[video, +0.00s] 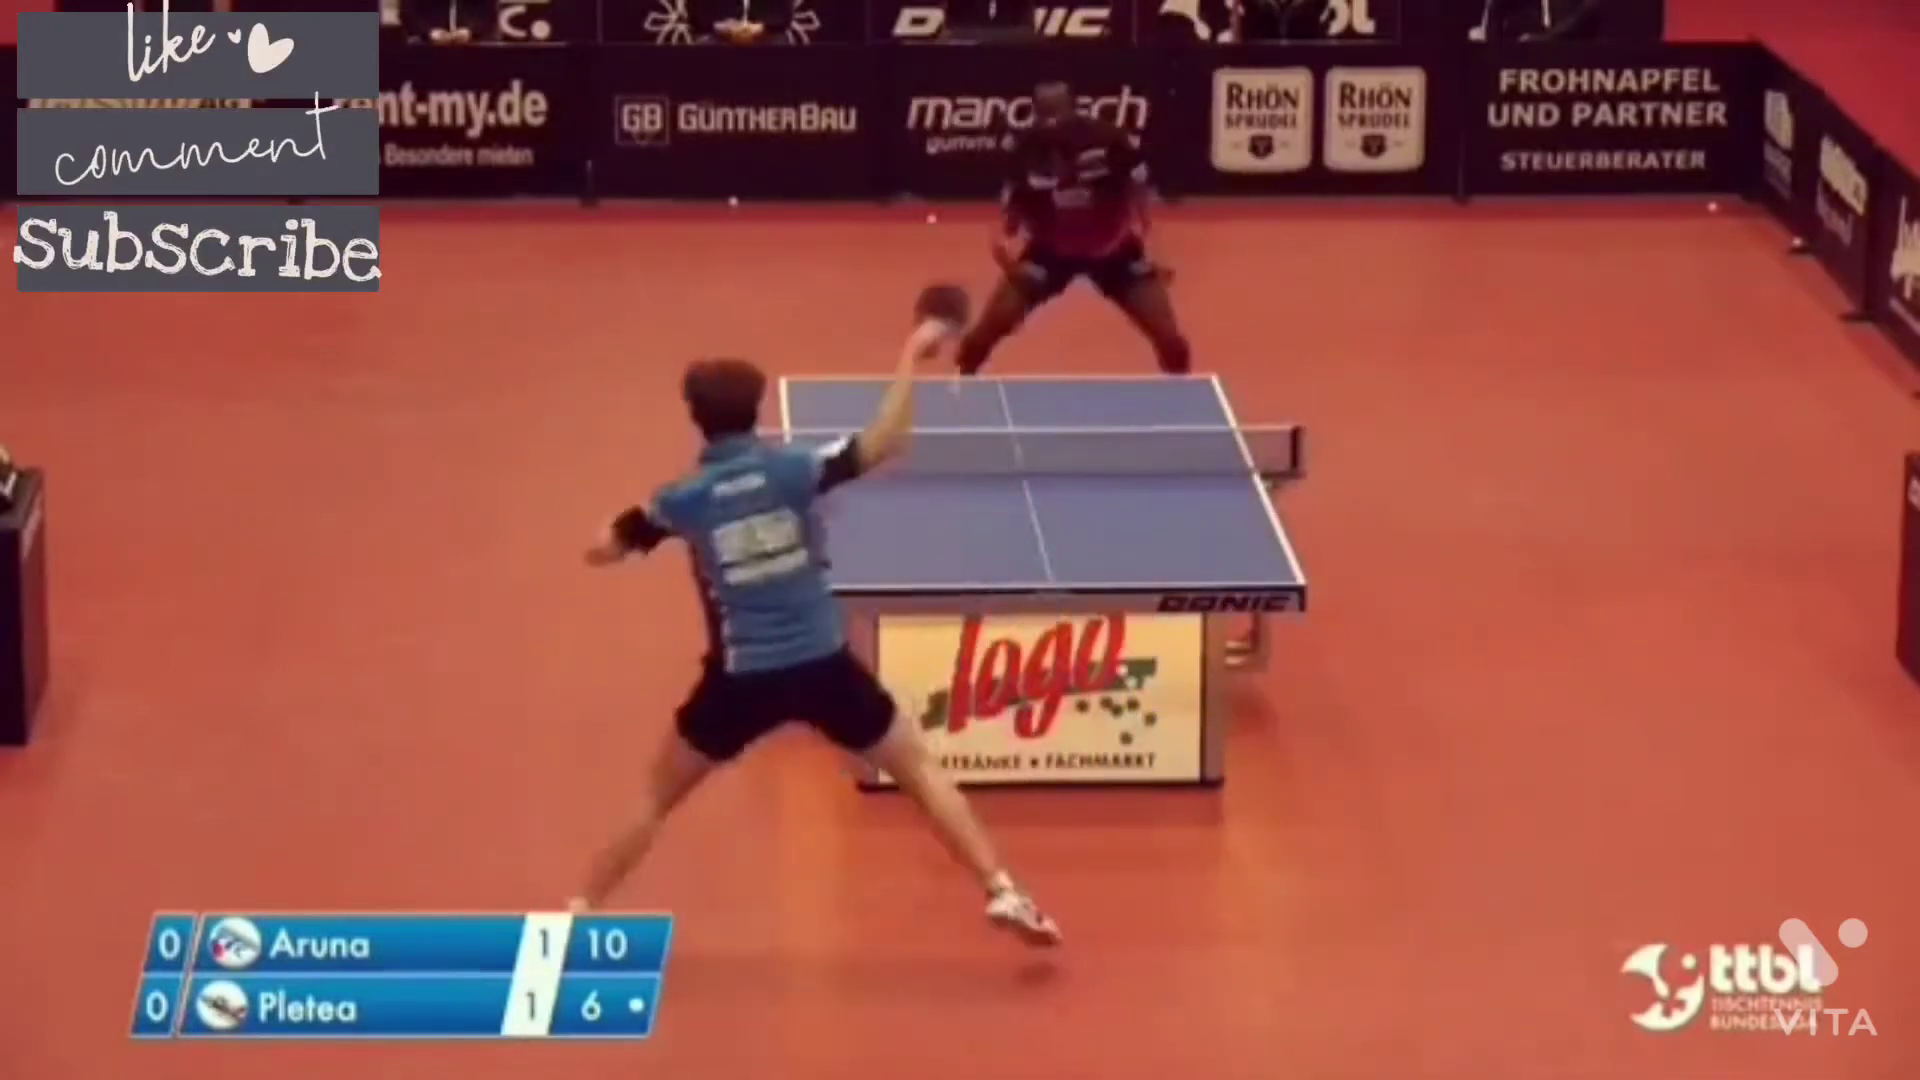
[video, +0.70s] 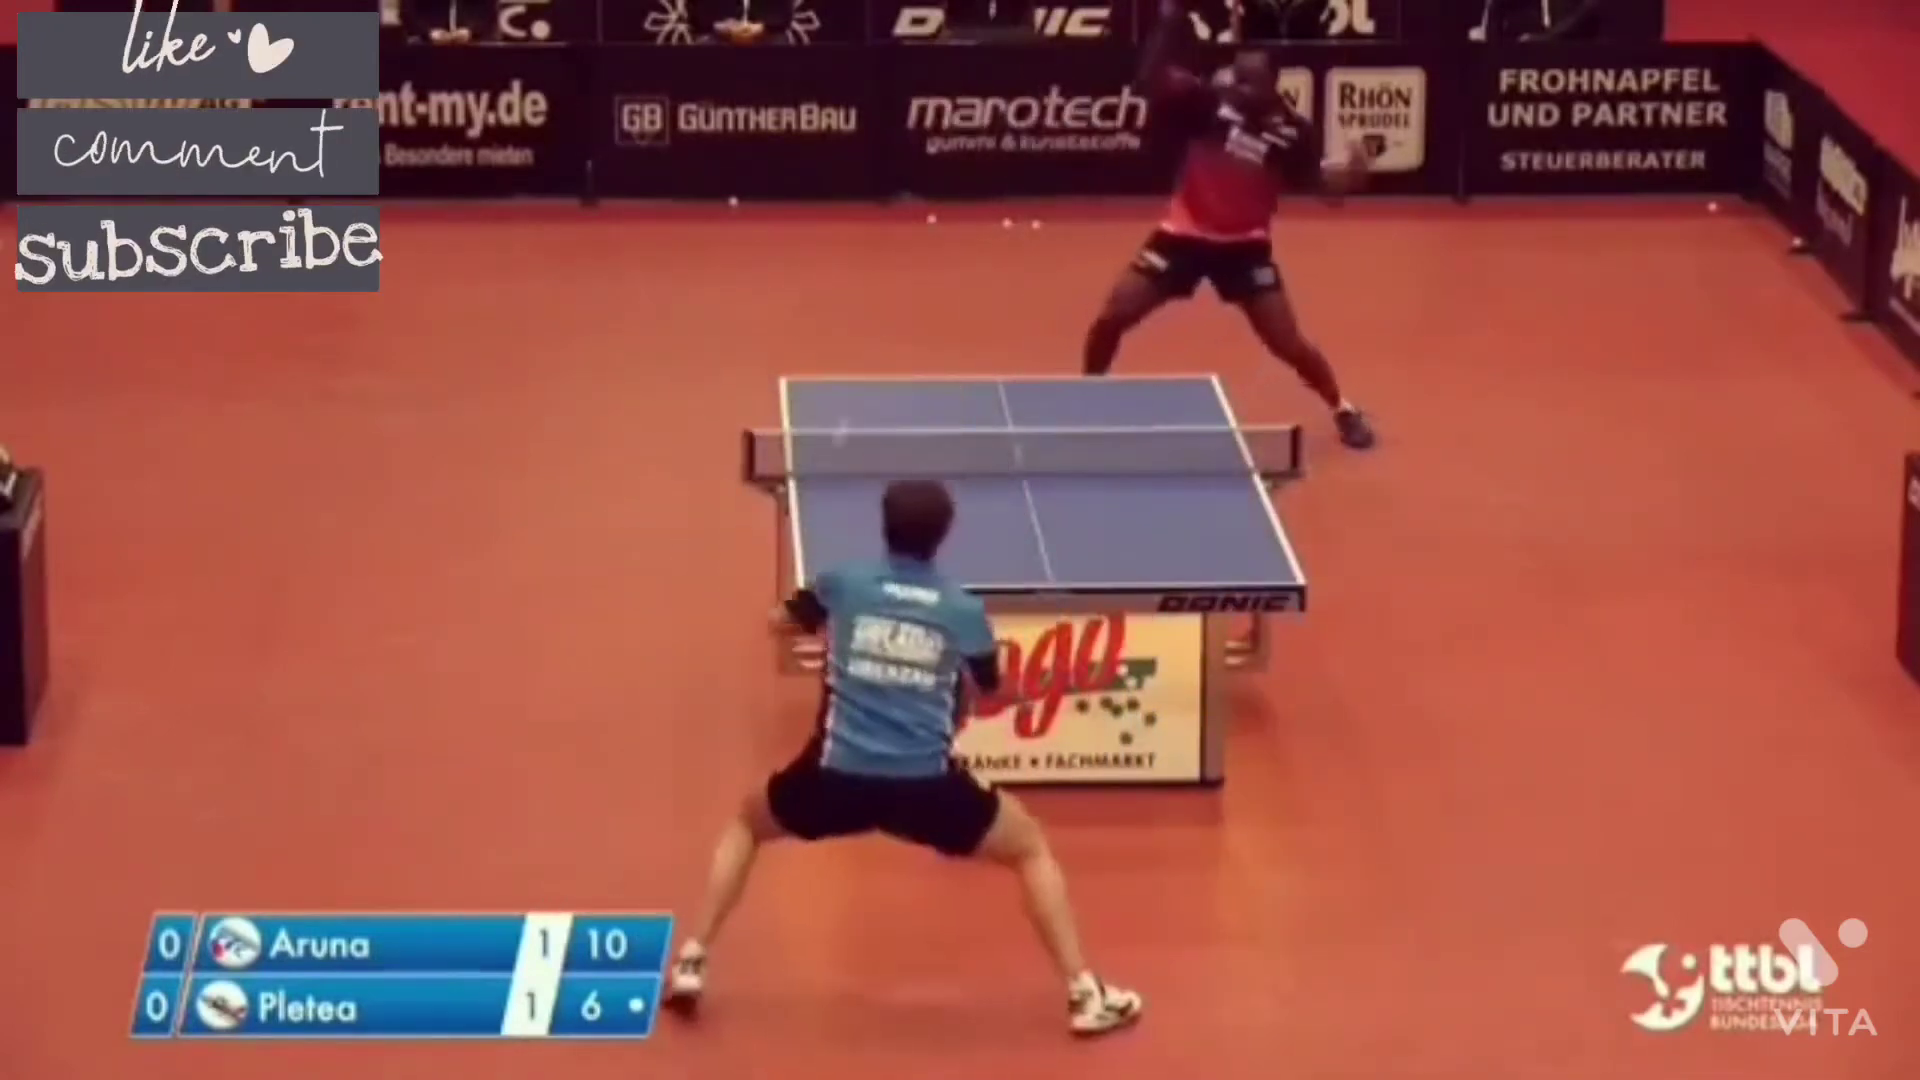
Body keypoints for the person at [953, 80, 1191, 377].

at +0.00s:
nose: (1052, 120)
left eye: (1058, 110)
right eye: (1044, 112)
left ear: (1073, 107)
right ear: (1035, 112)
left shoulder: (1108, 139)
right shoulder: (1025, 148)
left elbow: (1141, 187)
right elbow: (1014, 201)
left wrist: (1142, 238)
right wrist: (1004, 237)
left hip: (1113, 251)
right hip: (1049, 254)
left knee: (1172, 342)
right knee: (985, 331)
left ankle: (1179, 411)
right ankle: (956, 394)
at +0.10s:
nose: (1052, 124)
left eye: (1059, 114)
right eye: (1047, 117)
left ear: (1078, 109)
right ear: (1044, 121)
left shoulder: (1114, 138)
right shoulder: (1060, 156)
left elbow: (1166, 185)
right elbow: (1069, 217)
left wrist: (1158, 254)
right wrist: (1036, 266)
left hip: (1168, 243)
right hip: (1108, 249)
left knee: (1225, 323)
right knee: (1040, 321)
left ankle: (1258, 382)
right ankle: (1005, 393)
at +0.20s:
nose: (1065, 143)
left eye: (1072, 133)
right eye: (1062, 136)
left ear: (1095, 127)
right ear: (1067, 136)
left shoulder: (1125, 156)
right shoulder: (1092, 167)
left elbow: (1176, 202)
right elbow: (1120, 221)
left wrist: (1167, 261)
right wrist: (1099, 266)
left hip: (1195, 259)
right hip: (1137, 261)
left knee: (1253, 353)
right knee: (1068, 314)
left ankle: (1349, 398)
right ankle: (1047, 401)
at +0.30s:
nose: (1096, 160)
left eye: (1102, 151)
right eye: (1095, 152)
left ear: (1129, 146)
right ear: (1116, 151)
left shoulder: (1159, 176)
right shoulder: (1130, 183)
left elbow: (1208, 208)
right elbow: (1159, 232)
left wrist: (1208, 260)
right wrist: (1158, 269)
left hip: (1226, 288)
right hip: (1172, 284)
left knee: (1270, 391)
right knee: (1090, 321)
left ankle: (1364, 402)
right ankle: (1052, 404)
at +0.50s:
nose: (1186, 113)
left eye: (1191, 103)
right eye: (1182, 105)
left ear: (1213, 100)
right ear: (1179, 106)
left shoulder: (1254, 143)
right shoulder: (1177, 139)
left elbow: (1291, 159)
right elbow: (1131, 138)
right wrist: (1141, 90)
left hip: (1233, 276)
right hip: (1175, 269)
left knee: (1273, 376)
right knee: (1093, 327)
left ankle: (1356, 401)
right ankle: (1051, 403)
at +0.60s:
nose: (1219, 98)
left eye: (1229, 90)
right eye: (1215, 89)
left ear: (1252, 96)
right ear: (1206, 92)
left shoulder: (1277, 137)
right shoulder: (1189, 119)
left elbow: (1339, 152)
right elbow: (1149, 71)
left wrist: (1332, 93)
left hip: (1233, 262)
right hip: (1169, 252)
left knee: (1276, 359)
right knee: (1098, 325)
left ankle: (1350, 404)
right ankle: (1053, 404)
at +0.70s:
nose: (1243, 87)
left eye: (1253, 80)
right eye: (1238, 78)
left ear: (1274, 84)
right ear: (1228, 77)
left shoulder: (1292, 133)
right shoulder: (1206, 105)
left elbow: (1307, 183)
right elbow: (1154, 80)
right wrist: (1167, 23)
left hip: (1244, 248)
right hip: (1180, 239)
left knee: (1286, 343)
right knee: (1110, 318)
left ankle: (1341, 410)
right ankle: (1088, 400)